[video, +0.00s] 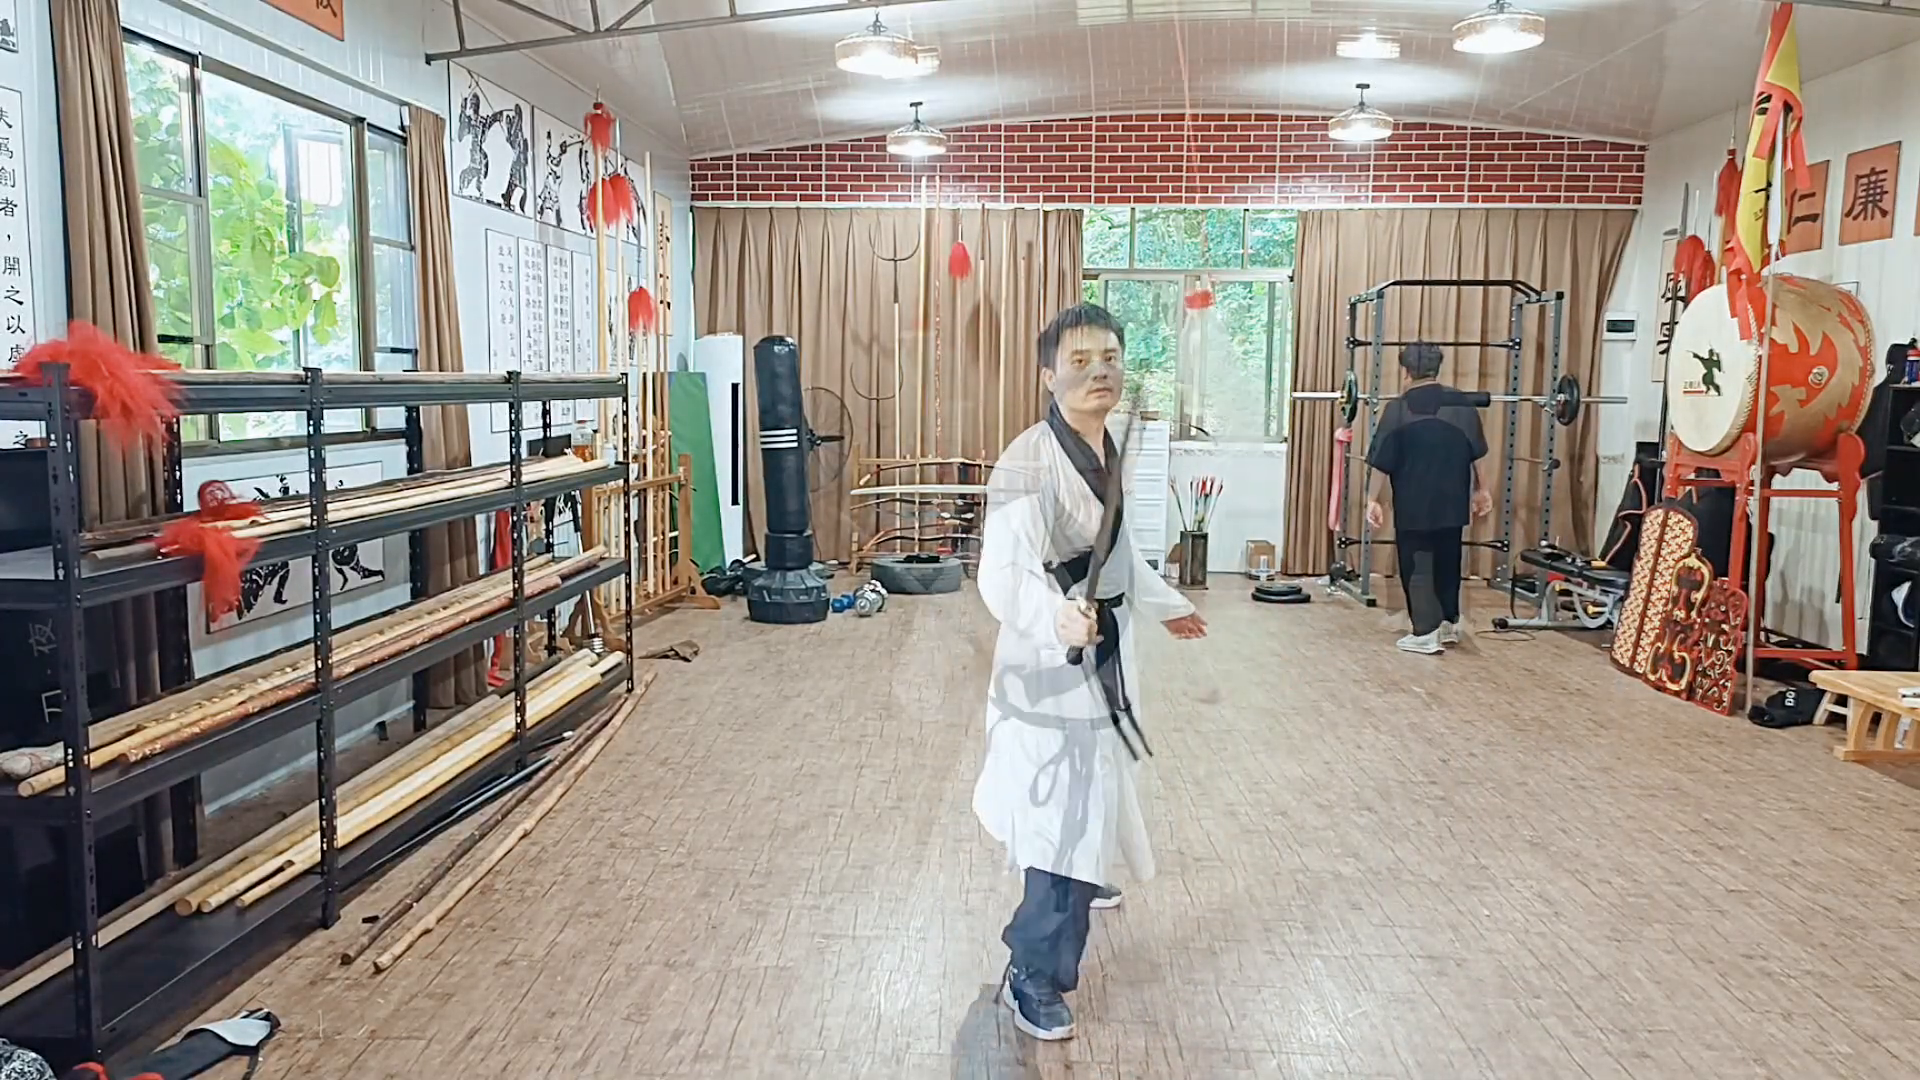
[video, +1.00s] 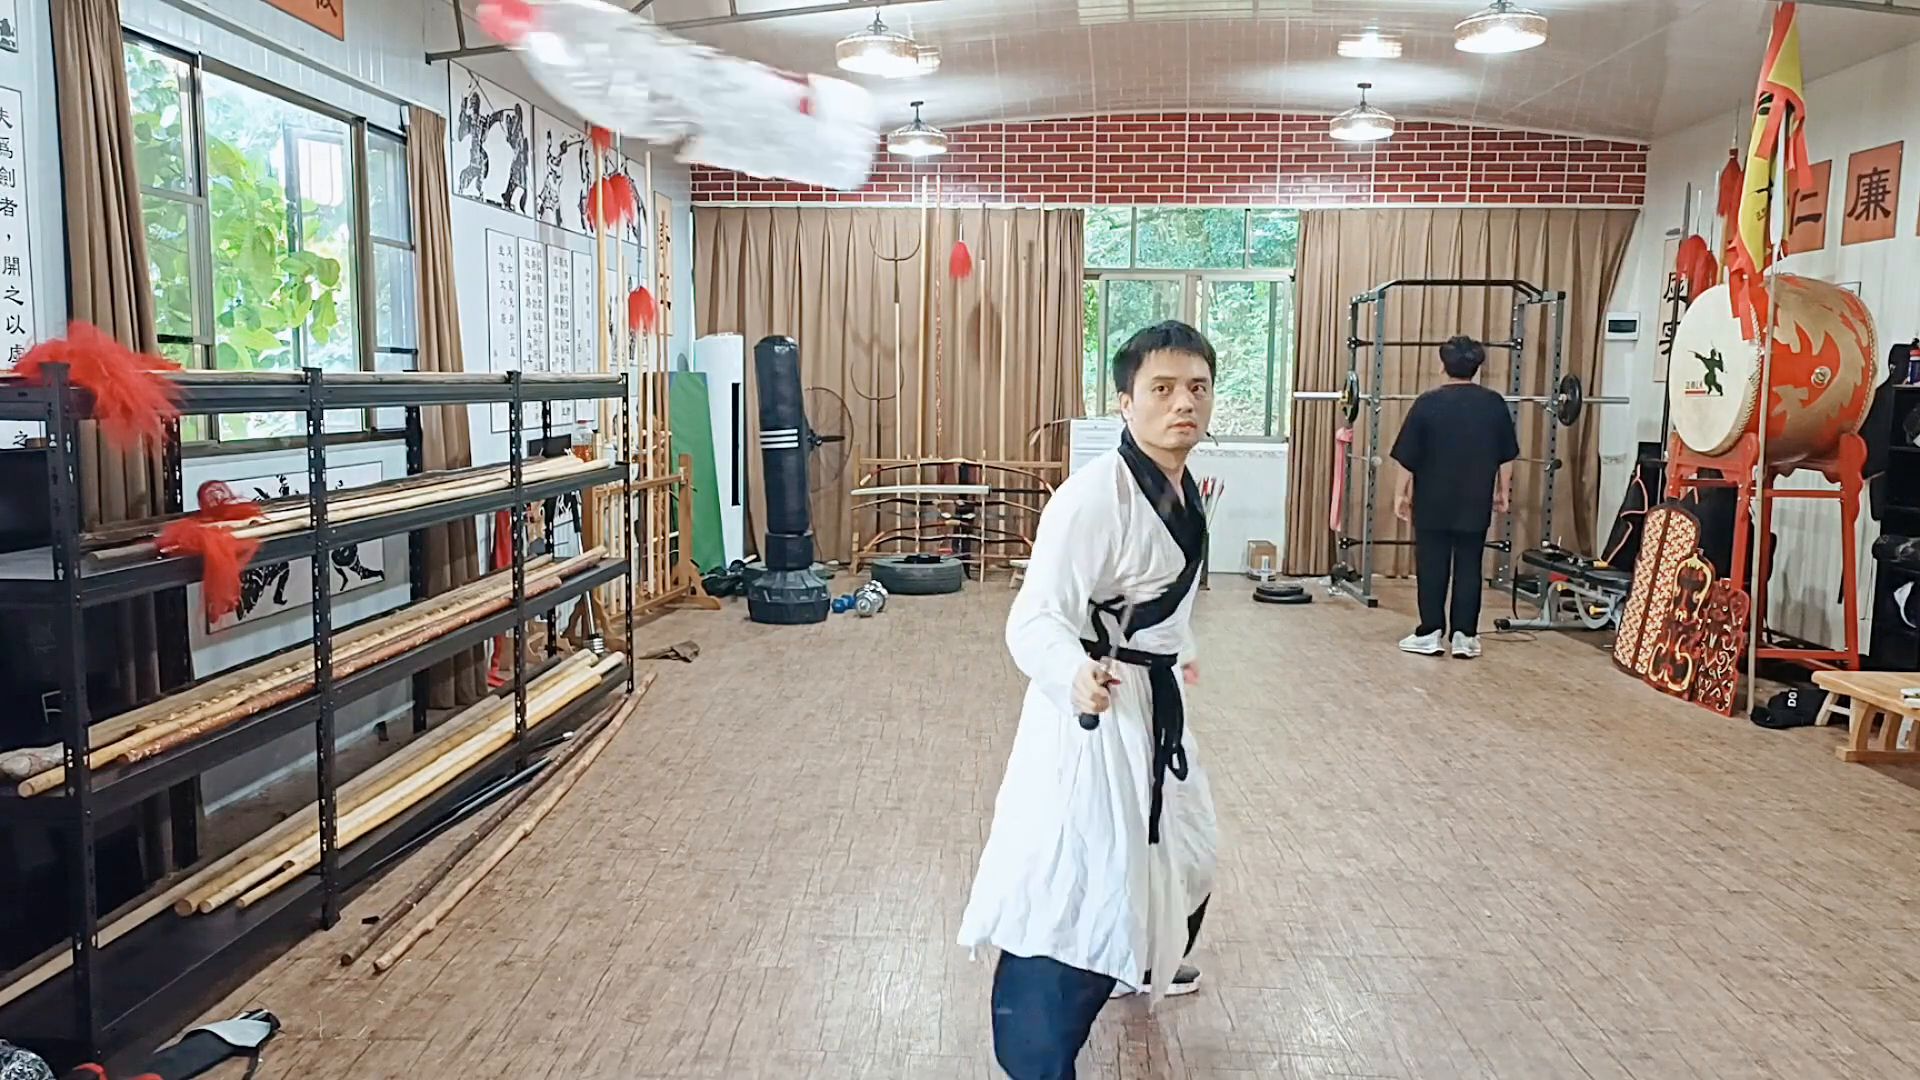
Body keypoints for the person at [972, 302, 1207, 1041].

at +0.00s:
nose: (1100, 372)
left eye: (1109, 358)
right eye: (1081, 361)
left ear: (1122, 368)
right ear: (1050, 374)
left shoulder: (1110, 451)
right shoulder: (1027, 462)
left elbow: (1115, 552)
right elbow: (1004, 573)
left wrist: (1166, 604)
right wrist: (1058, 617)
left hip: (1100, 657)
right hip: (1046, 669)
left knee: (1093, 783)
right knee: (1059, 815)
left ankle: (1077, 881)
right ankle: (1034, 979)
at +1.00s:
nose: (1185, 404)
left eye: (1198, 388)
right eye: (1164, 388)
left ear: (1213, 399)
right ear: (1126, 401)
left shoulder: (1183, 489)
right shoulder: (1091, 496)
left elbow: (1162, 587)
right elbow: (1034, 619)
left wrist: (1181, 650)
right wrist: (1075, 671)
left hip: (1155, 707)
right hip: (1087, 721)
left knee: (1180, 858)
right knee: (1072, 896)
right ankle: (1038, 1057)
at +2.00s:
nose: (1025, 389)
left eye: (1045, 371)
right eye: (1003, 372)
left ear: (1072, 391)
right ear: (974, 389)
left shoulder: (1067, 470)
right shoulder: (949, 476)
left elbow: (1084, 542)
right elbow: (892, 522)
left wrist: (1109, 595)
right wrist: (843, 561)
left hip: (1066, 708)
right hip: (974, 723)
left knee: (1068, 867)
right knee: (960, 919)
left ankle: (1062, 1000)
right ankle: (940, 1050)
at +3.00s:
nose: (1067, 390)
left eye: (1080, 371)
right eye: (1043, 373)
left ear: (1093, 378)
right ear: (1002, 385)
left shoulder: (1056, 471)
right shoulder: (983, 471)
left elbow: (1048, 590)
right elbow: (983, 571)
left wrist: (1088, 641)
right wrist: (1062, 541)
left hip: (1029, 706)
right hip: (986, 717)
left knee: (1004, 871)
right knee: (1013, 937)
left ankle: (971, 989)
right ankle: (996, 1056)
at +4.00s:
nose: (1126, 314)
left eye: (1140, 301)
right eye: (1108, 300)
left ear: (1157, 316)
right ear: (1075, 313)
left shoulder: (1147, 416)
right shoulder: (1040, 406)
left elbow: (1151, 522)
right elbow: (989, 517)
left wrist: (1189, 578)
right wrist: (1041, 555)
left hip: (1122, 621)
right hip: (1051, 625)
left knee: (1126, 785)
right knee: (1063, 804)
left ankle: (1072, 927)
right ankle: (1024, 982)